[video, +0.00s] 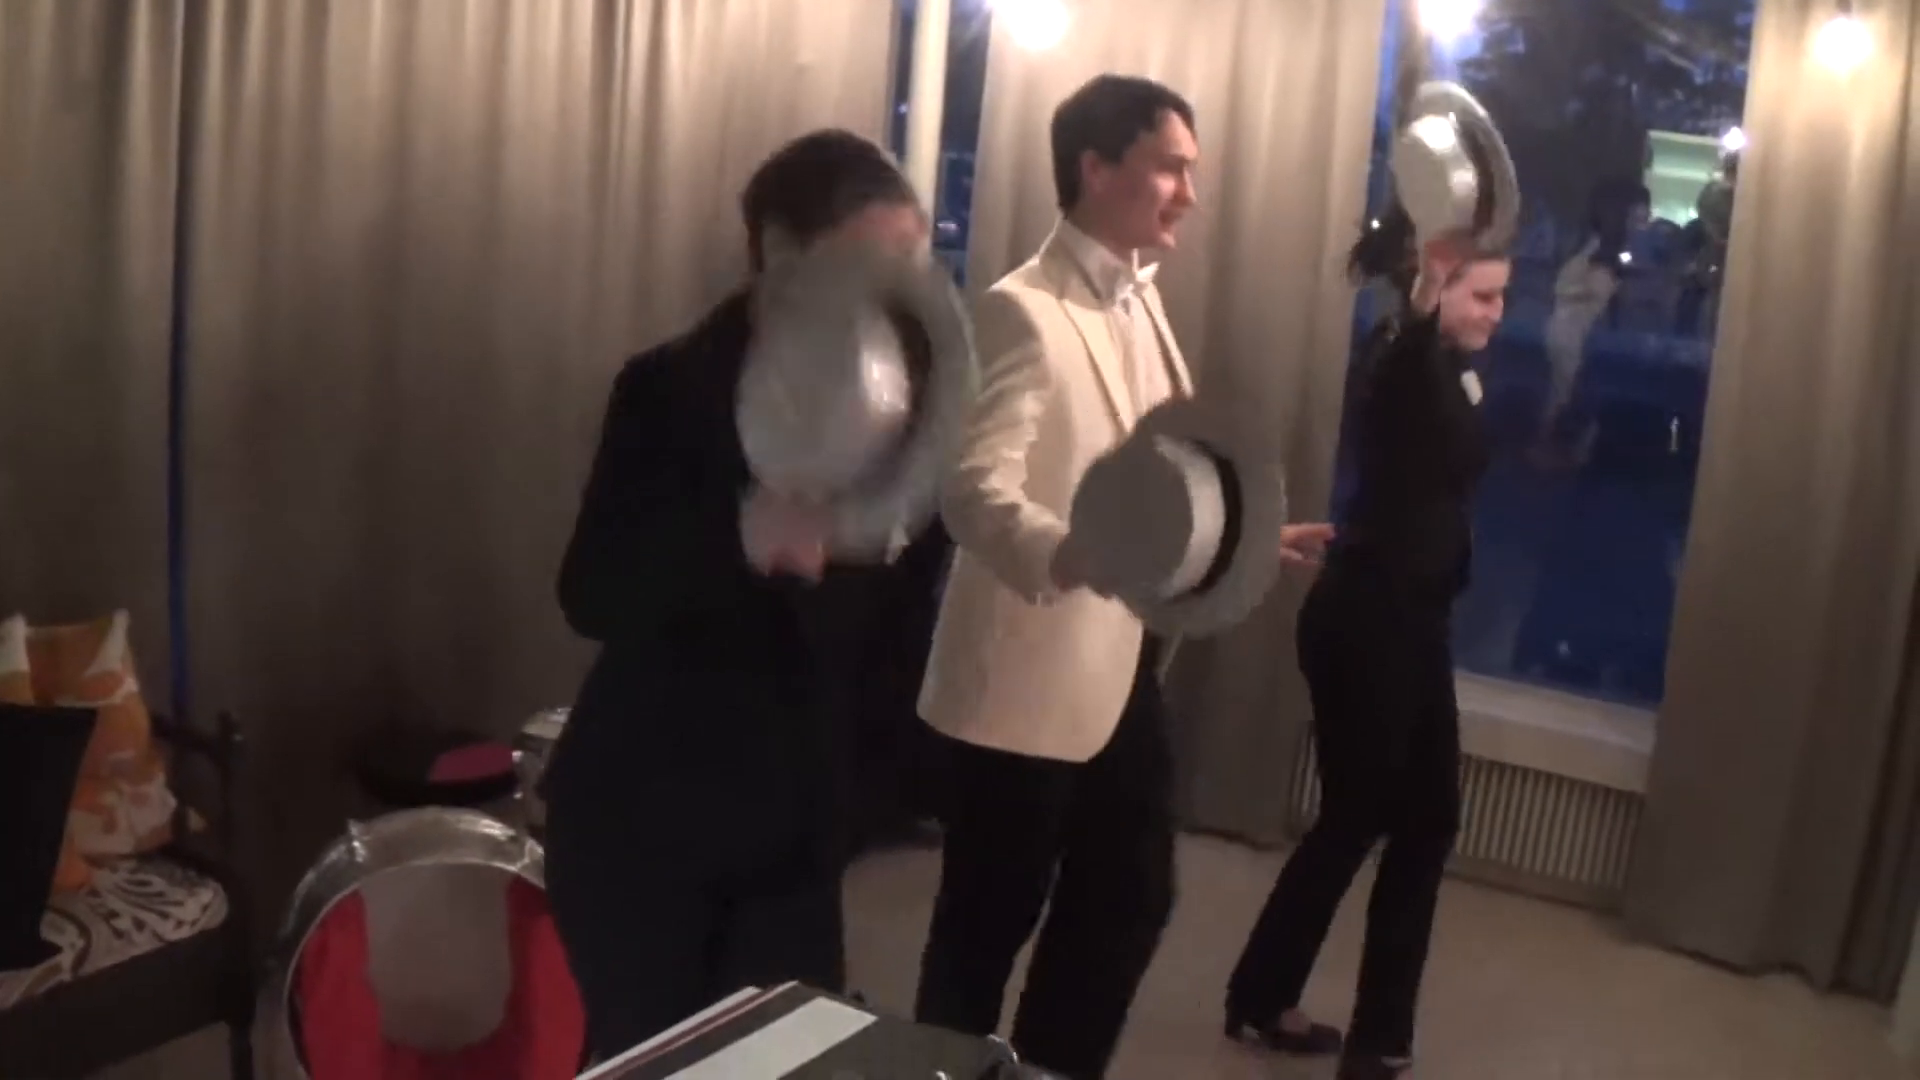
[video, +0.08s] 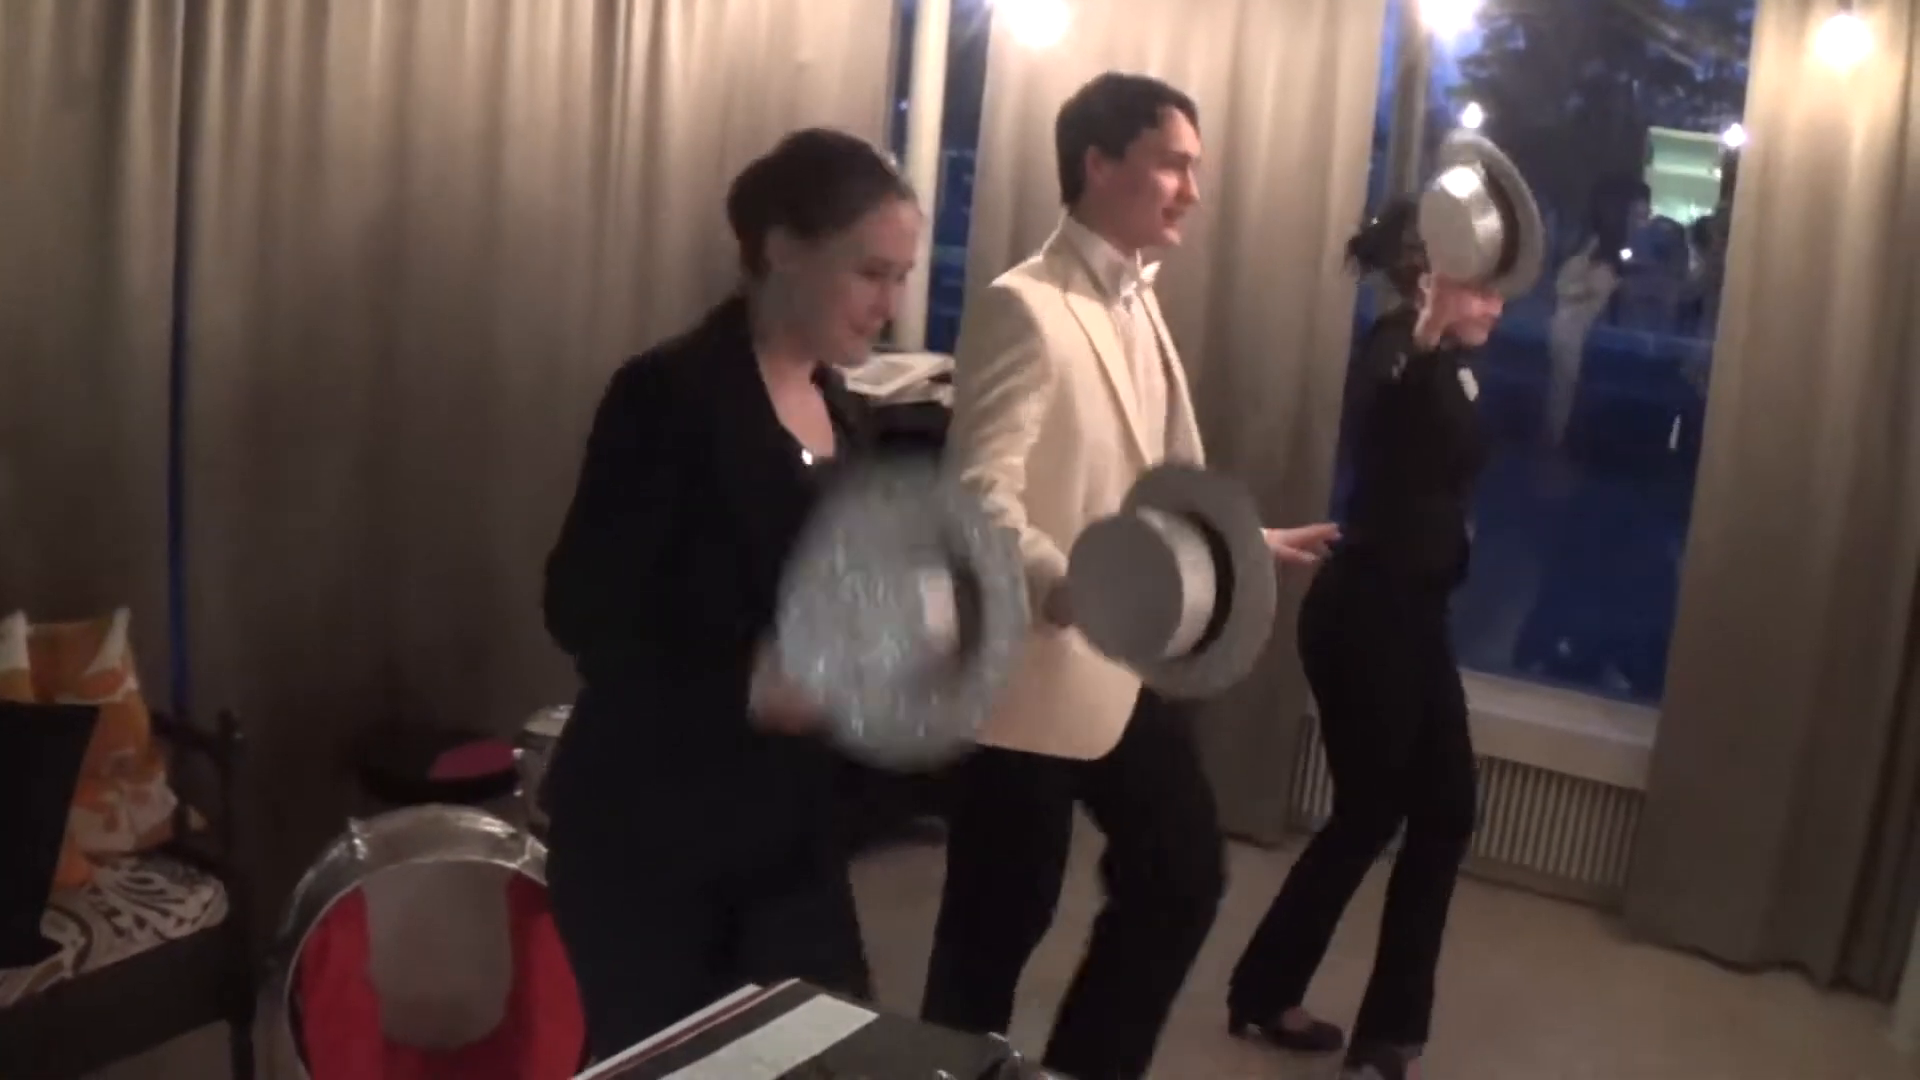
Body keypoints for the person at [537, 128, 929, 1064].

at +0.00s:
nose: (896, 284)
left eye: (910, 256)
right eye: (871, 257)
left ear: (922, 252)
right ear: (780, 254)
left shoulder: (895, 405)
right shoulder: (670, 391)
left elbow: (899, 627)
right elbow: (592, 591)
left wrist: (871, 789)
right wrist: (742, 534)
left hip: (792, 814)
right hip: (641, 807)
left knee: (786, 1052)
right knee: (636, 1060)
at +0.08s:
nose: (892, 305)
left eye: (903, 279)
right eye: (874, 274)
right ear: (779, 251)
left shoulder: (845, 417)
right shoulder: (660, 398)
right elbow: (582, 605)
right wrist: (743, 677)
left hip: (784, 819)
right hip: (643, 824)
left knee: (827, 1050)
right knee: (644, 1065)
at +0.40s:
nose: (915, 284)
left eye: (914, 258)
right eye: (902, 257)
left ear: (831, 264)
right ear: (826, 262)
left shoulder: (803, 396)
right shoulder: (721, 385)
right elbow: (573, 572)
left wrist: (938, 464)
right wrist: (465, 767)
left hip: (775, 807)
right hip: (694, 819)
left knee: (926, 1001)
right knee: (679, 1055)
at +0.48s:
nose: (924, 286)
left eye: (922, 263)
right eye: (909, 262)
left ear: (839, 267)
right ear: (833, 265)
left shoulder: (809, 390)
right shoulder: (735, 384)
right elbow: (584, 569)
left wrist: (922, 447)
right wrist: (464, 754)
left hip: (789, 801)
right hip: (705, 811)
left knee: (928, 1004)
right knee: (697, 1056)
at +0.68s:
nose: (922, 280)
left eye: (921, 254)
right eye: (898, 253)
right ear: (808, 258)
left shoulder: (893, 397)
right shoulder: (714, 411)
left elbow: (943, 563)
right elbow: (613, 632)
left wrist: (1015, 434)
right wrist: (536, 844)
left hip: (867, 810)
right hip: (735, 820)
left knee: (908, 1050)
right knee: (751, 1057)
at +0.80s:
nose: (902, 277)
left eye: (908, 250)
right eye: (875, 250)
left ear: (916, 250)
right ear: (781, 251)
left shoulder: (923, 381)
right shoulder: (680, 432)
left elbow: (1020, 516)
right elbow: (635, 658)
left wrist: (1088, 390)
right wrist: (601, 844)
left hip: (896, 801)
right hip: (751, 811)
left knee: (863, 1050)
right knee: (731, 1050)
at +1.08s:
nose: (899, 308)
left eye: (908, 280)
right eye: (872, 281)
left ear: (917, 272)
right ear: (778, 276)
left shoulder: (920, 406)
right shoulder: (659, 433)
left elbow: (995, 572)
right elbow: (583, 629)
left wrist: (1123, 681)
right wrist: (584, 816)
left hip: (885, 811)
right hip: (727, 816)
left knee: (870, 1048)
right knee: (732, 1050)